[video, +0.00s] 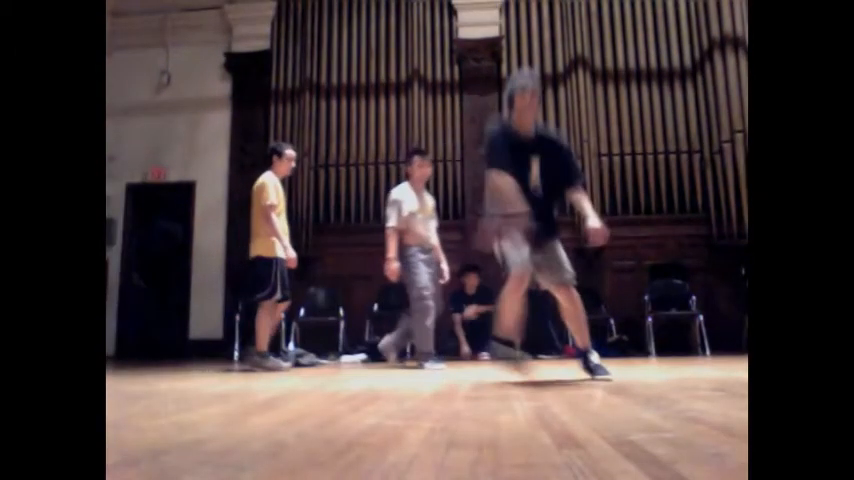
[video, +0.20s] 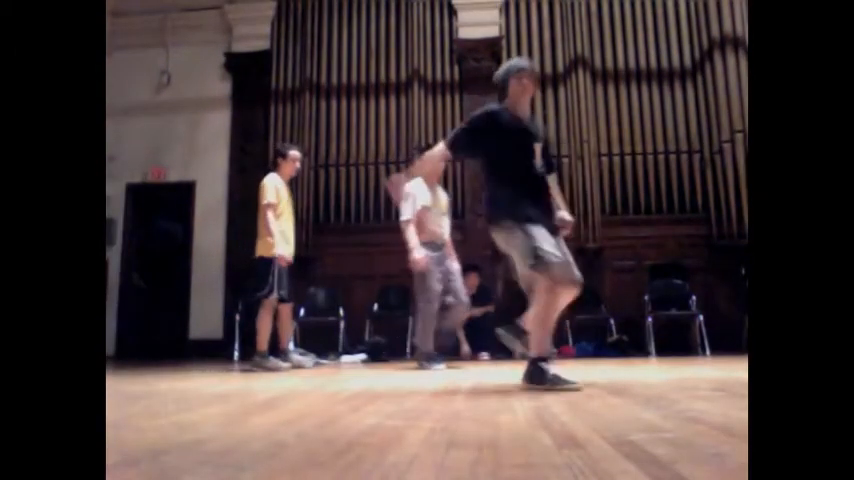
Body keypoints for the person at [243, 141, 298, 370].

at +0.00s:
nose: (293, 165)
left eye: (294, 160)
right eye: (290, 160)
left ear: (281, 161)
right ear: (276, 160)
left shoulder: (274, 183)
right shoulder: (267, 182)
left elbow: (275, 218)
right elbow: (269, 215)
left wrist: (287, 249)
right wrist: (286, 247)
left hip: (275, 253)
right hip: (266, 253)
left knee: (283, 301)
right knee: (268, 301)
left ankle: (261, 347)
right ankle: (261, 351)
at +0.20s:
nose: (297, 166)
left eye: (298, 162)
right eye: (293, 161)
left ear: (294, 164)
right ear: (280, 161)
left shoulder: (283, 185)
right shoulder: (270, 181)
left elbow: (282, 219)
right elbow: (269, 213)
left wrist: (287, 249)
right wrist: (277, 246)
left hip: (285, 252)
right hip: (271, 252)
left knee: (285, 302)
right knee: (269, 301)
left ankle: (286, 349)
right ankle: (261, 353)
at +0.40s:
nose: (301, 166)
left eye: (303, 162)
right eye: (297, 161)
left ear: (304, 166)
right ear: (285, 162)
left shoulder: (295, 192)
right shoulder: (274, 182)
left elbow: (296, 228)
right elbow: (266, 212)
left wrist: (307, 255)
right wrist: (266, 243)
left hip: (293, 253)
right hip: (278, 250)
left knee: (289, 303)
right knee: (274, 300)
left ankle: (287, 350)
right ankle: (262, 353)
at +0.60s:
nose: (305, 167)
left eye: (308, 163)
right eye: (301, 162)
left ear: (310, 168)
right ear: (290, 164)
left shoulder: (305, 195)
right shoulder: (277, 184)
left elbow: (310, 229)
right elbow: (266, 215)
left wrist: (326, 257)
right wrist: (264, 245)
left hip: (296, 253)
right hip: (276, 250)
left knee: (290, 303)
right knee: (273, 300)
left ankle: (287, 350)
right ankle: (264, 353)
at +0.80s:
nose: (308, 169)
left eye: (310, 165)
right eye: (304, 164)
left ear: (312, 169)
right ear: (292, 165)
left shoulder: (309, 196)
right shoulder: (276, 185)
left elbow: (314, 228)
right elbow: (266, 216)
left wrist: (330, 256)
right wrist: (264, 246)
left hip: (296, 256)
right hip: (275, 252)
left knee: (290, 305)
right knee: (272, 302)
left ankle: (288, 350)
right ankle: (266, 352)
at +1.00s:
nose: (306, 169)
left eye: (308, 164)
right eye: (302, 163)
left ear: (310, 168)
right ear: (291, 164)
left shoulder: (308, 194)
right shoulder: (274, 186)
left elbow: (310, 227)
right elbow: (263, 217)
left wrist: (320, 255)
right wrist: (260, 248)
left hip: (297, 255)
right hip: (274, 252)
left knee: (291, 306)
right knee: (272, 302)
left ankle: (287, 352)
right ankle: (265, 354)